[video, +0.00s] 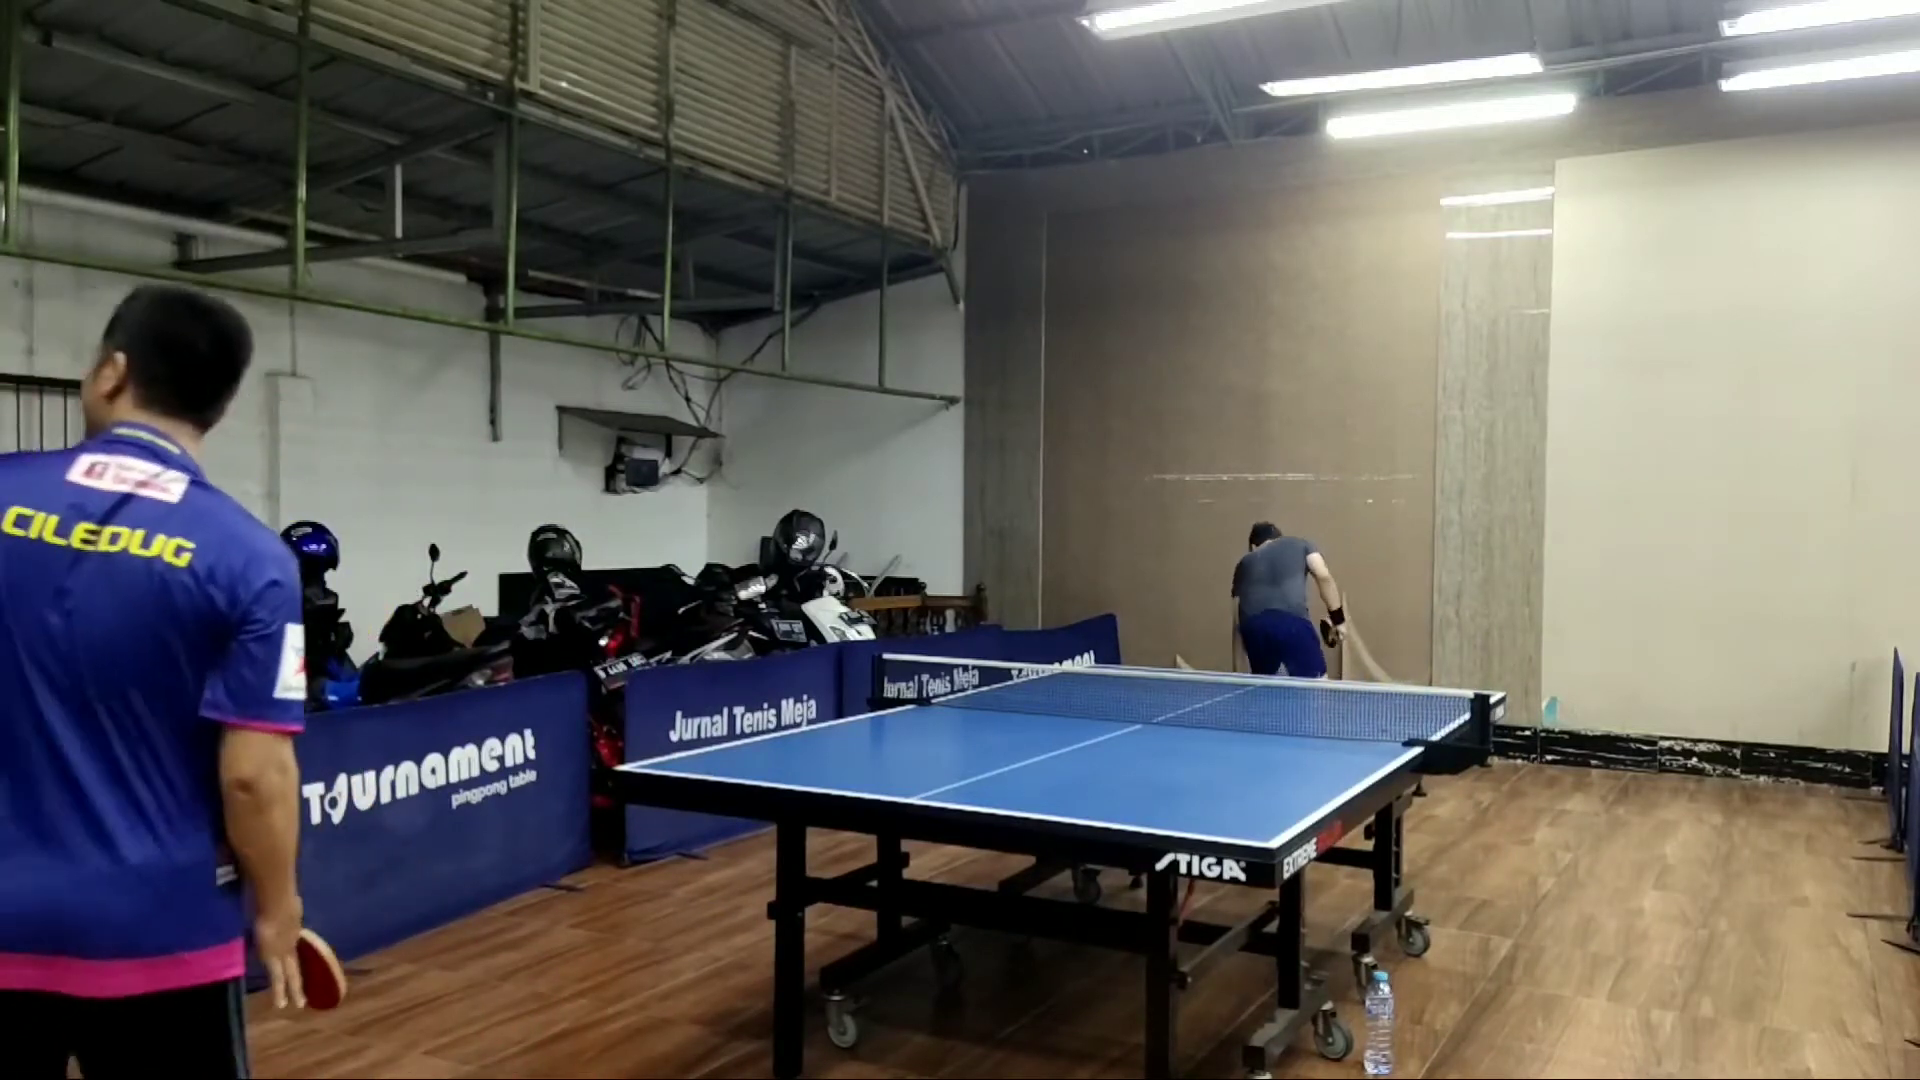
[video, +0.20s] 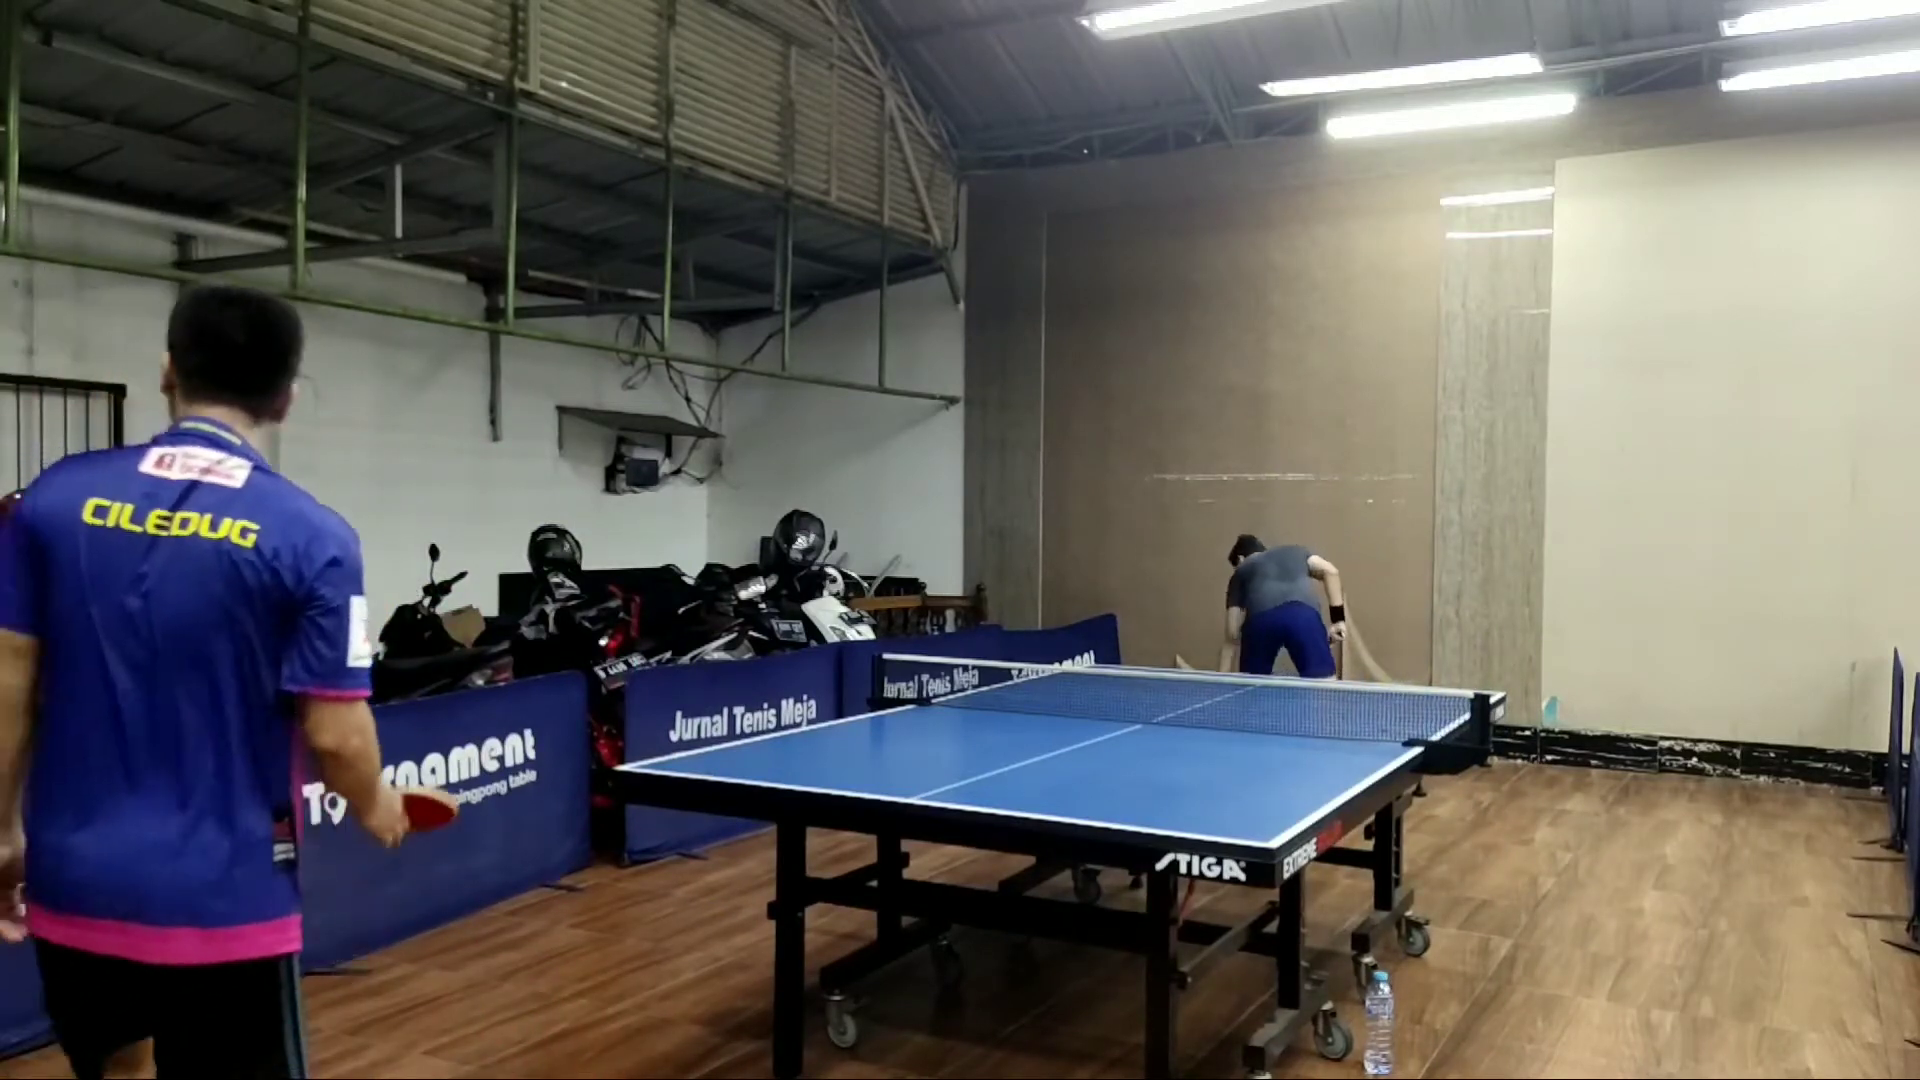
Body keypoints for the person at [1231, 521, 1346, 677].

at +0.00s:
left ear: (1253, 546)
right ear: (1279, 537)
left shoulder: (1244, 562)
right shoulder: (1300, 545)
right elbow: (1324, 577)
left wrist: (1238, 675)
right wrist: (1338, 620)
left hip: (1254, 627)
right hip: (1293, 622)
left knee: (1264, 688)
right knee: (1315, 687)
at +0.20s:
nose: (1236, 570)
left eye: (1235, 566)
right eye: (1234, 567)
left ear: (1240, 559)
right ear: (1262, 550)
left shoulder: (1240, 574)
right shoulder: (1293, 552)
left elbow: (1232, 634)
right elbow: (1331, 572)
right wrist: (1338, 619)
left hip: (1260, 624)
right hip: (1303, 618)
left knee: (1252, 690)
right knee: (1324, 687)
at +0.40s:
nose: (1229, 565)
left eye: (1228, 558)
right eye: (1227, 560)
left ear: (1238, 550)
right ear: (1257, 543)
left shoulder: (1239, 570)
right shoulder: (1296, 551)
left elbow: (1216, 626)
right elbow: (1334, 582)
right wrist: (1343, 629)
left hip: (1277, 624)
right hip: (1321, 621)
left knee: (1259, 692)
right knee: (1329, 694)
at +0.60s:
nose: (1246, 530)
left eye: (1247, 521)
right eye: (1245, 522)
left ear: (1265, 518)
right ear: (1278, 517)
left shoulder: (1262, 545)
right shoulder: (1312, 539)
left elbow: (1254, 601)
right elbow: (1341, 586)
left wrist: (1244, 614)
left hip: (1304, 621)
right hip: (1339, 619)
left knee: (1278, 691)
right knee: (1320, 692)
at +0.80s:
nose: (1277, 508)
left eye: (1283, 501)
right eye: (1277, 502)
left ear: (1304, 503)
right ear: (1305, 504)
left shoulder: (1306, 533)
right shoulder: (1322, 526)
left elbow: (1302, 591)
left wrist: (1296, 639)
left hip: (1334, 623)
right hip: (1351, 620)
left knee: (1298, 688)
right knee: (1328, 692)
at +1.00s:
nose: (1311, 495)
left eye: (1320, 489)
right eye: (1310, 488)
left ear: (1340, 493)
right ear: (1307, 489)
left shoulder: (1348, 525)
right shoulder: (1322, 526)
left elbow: (1353, 577)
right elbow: (1323, 576)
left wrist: (1342, 623)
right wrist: (1303, 613)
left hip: (1361, 616)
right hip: (1339, 614)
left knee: (1336, 682)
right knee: (1333, 679)